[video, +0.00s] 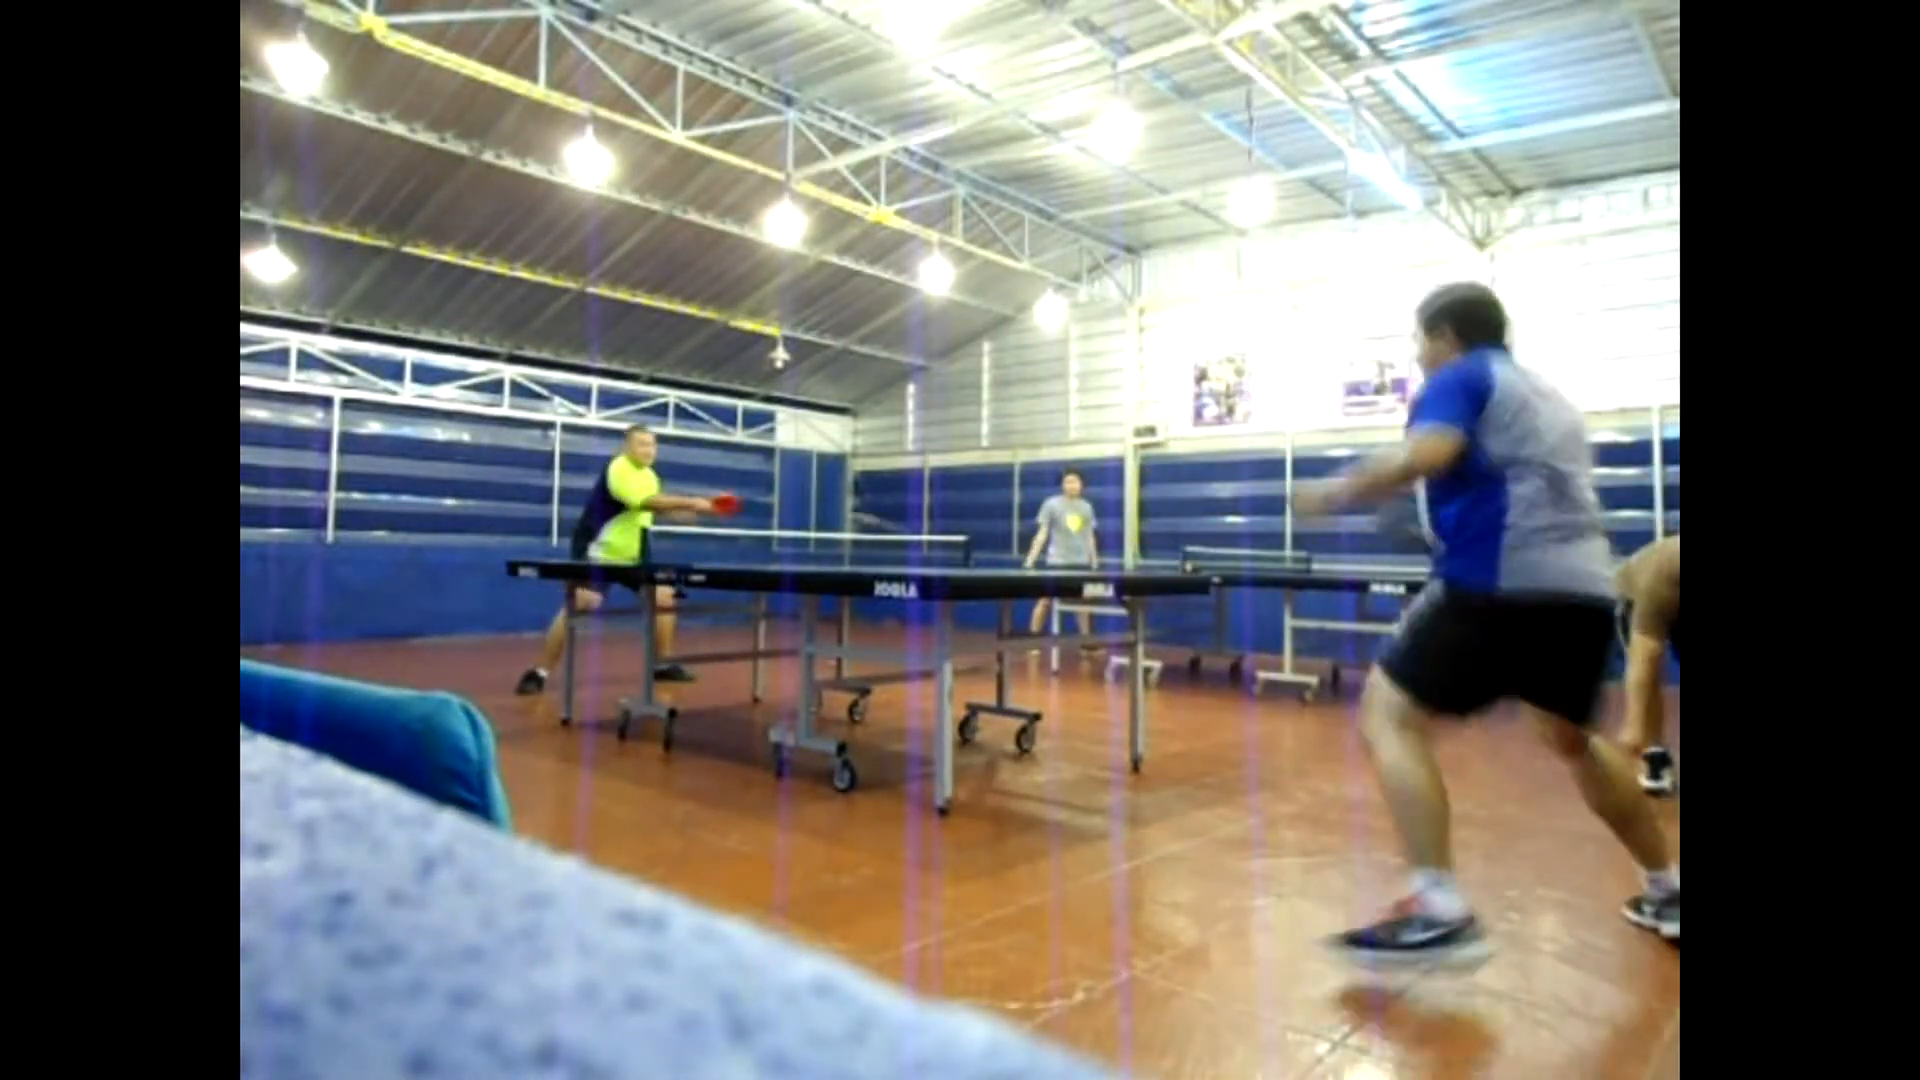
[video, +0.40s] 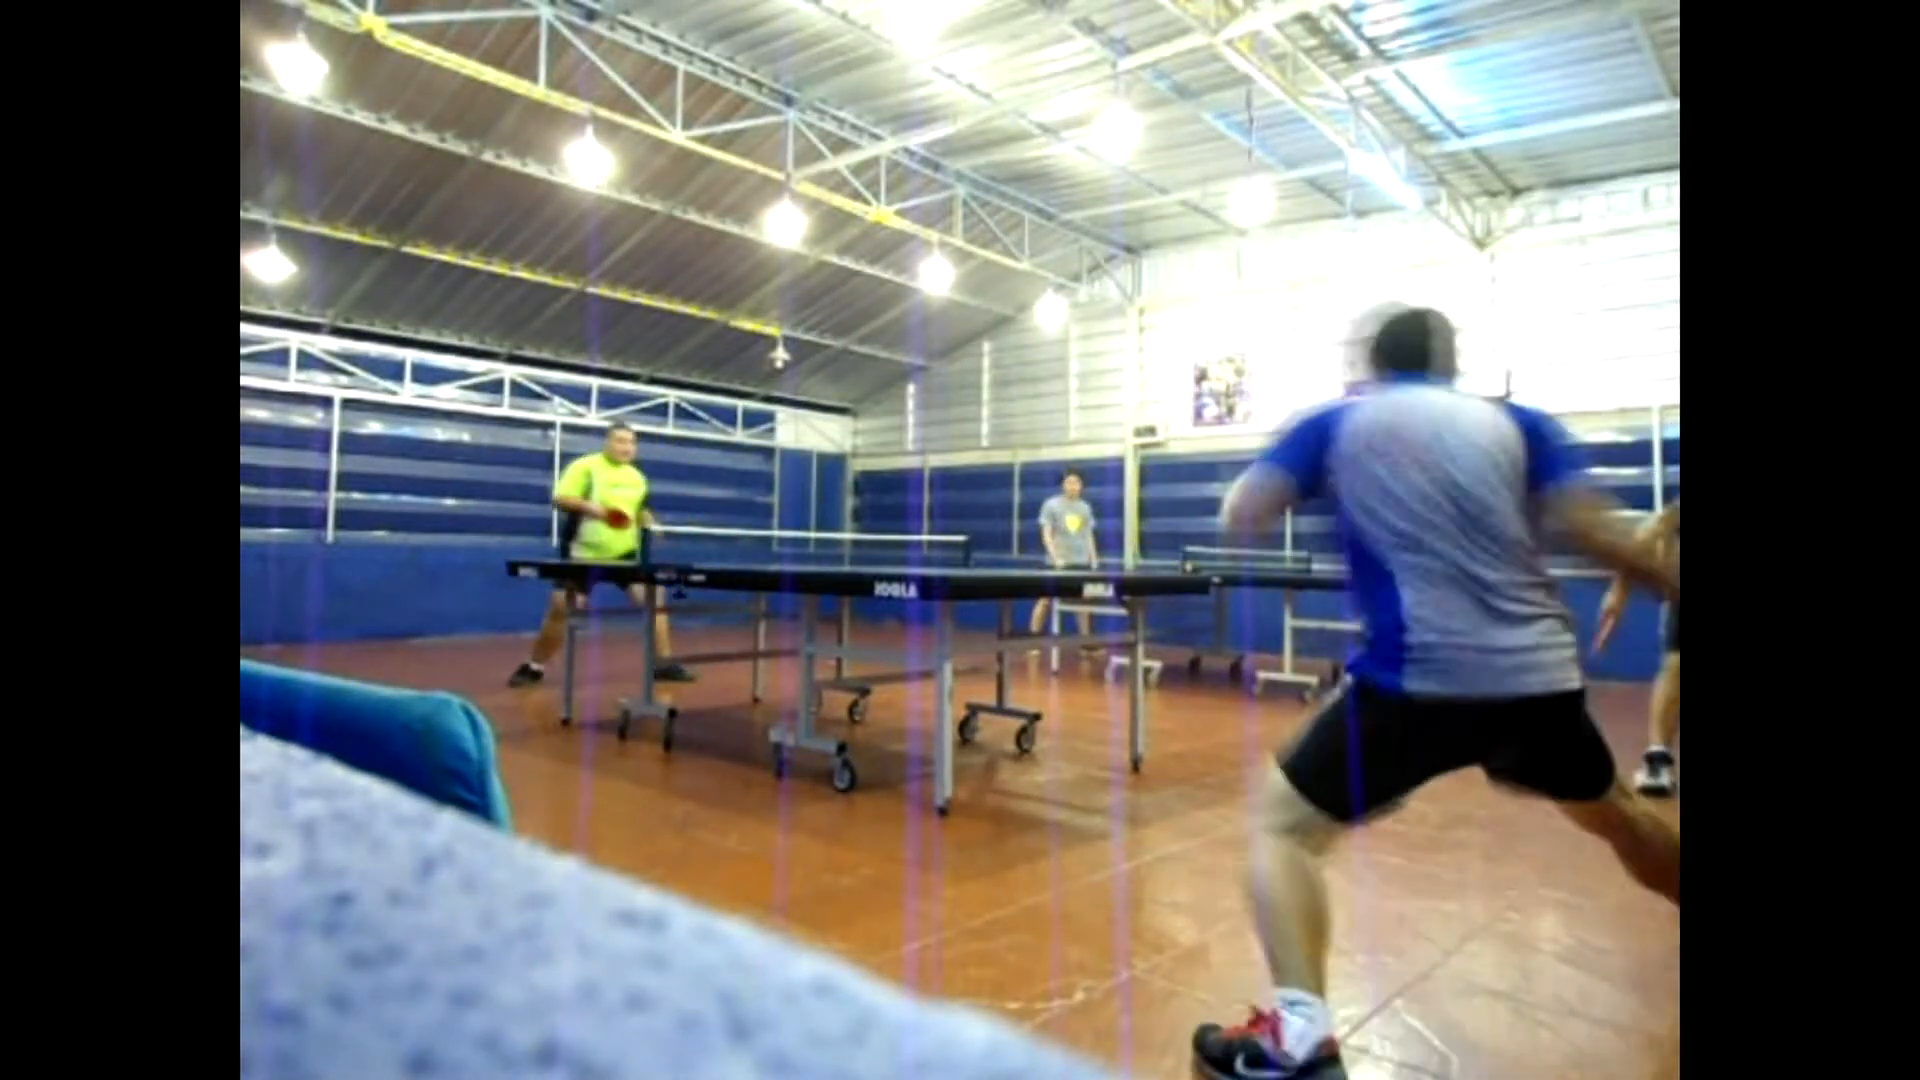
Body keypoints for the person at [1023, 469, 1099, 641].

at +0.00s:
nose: (1072, 486)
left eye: (1075, 482)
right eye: (1068, 482)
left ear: (1081, 485)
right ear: (1062, 485)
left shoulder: (1086, 507)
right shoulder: (1052, 505)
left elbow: (1090, 536)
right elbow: (1042, 533)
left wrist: (1094, 560)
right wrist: (1030, 560)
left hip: (1081, 561)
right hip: (1057, 561)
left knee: (1082, 602)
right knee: (1045, 600)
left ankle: (1086, 639)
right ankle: (1033, 638)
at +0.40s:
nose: (1073, 487)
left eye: (1076, 483)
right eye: (1069, 482)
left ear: (1081, 486)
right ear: (1063, 485)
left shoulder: (1085, 507)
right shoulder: (1051, 505)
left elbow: (1089, 535)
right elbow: (1046, 534)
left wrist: (1093, 559)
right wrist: (1055, 558)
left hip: (1082, 561)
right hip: (1059, 560)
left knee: (1083, 602)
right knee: (1046, 599)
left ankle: (1086, 638)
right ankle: (1034, 636)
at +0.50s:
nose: (1073, 487)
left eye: (1077, 483)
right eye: (1069, 483)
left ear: (1082, 486)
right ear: (1063, 485)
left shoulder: (1084, 507)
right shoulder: (1051, 505)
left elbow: (1087, 535)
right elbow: (1045, 534)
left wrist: (1092, 559)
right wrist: (1063, 552)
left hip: (1080, 562)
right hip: (1056, 561)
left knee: (1083, 601)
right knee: (1045, 599)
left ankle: (1085, 638)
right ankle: (1033, 636)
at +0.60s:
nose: (1074, 487)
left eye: (1077, 483)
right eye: (1070, 483)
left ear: (1082, 487)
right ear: (1063, 485)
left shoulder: (1084, 507)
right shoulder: (1051, 504)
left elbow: (1087, 535)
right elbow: (1045, 534)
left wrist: (1093, 559)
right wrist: (1065, 549)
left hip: (1080, 561)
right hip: (1056, 560)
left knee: (1082, 601)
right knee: (1045, 599)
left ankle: (1086, 638)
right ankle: (1034, 636)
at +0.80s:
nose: (1074, 487)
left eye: (1078, 483)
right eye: (1071, 483)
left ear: (1082, 487)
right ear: (1063, 485)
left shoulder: (1084, 507)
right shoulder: (1051, 504)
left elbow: (1086, 533)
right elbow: (1043, 532)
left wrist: (1088, 553)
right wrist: (1065, 543)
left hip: (1080, 560)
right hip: (1056, 560)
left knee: (1082, 600)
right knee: (1046, 598)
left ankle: (1085, 638)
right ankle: (1033, 636)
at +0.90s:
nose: (1074, 487)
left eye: (1077, 483)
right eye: (1070, 483)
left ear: (1082, 487)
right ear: (1063, 485)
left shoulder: (1084, 508)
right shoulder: (1051, 504)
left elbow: (1086, 533)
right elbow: (1043, 532)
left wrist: (1089, 554)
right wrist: (1065, 543)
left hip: (1080, 560)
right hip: (1056, 560)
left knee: (1083, 600)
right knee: (1046, 598)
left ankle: (1085, 638)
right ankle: (1034, 635)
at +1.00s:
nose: (1086, 490)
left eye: (1089, 486)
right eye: (1083, 485)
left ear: (1092, 489)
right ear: (1075, 487)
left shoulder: (1086, 507)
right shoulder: (1063, 504)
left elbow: (1085, 531)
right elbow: (1065, 522)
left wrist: (1087, 553)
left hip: (1077, 558)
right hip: (1057, 557)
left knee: (1081, 599)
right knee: (1049, 597)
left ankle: (1086, 636)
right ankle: (1037, 633)